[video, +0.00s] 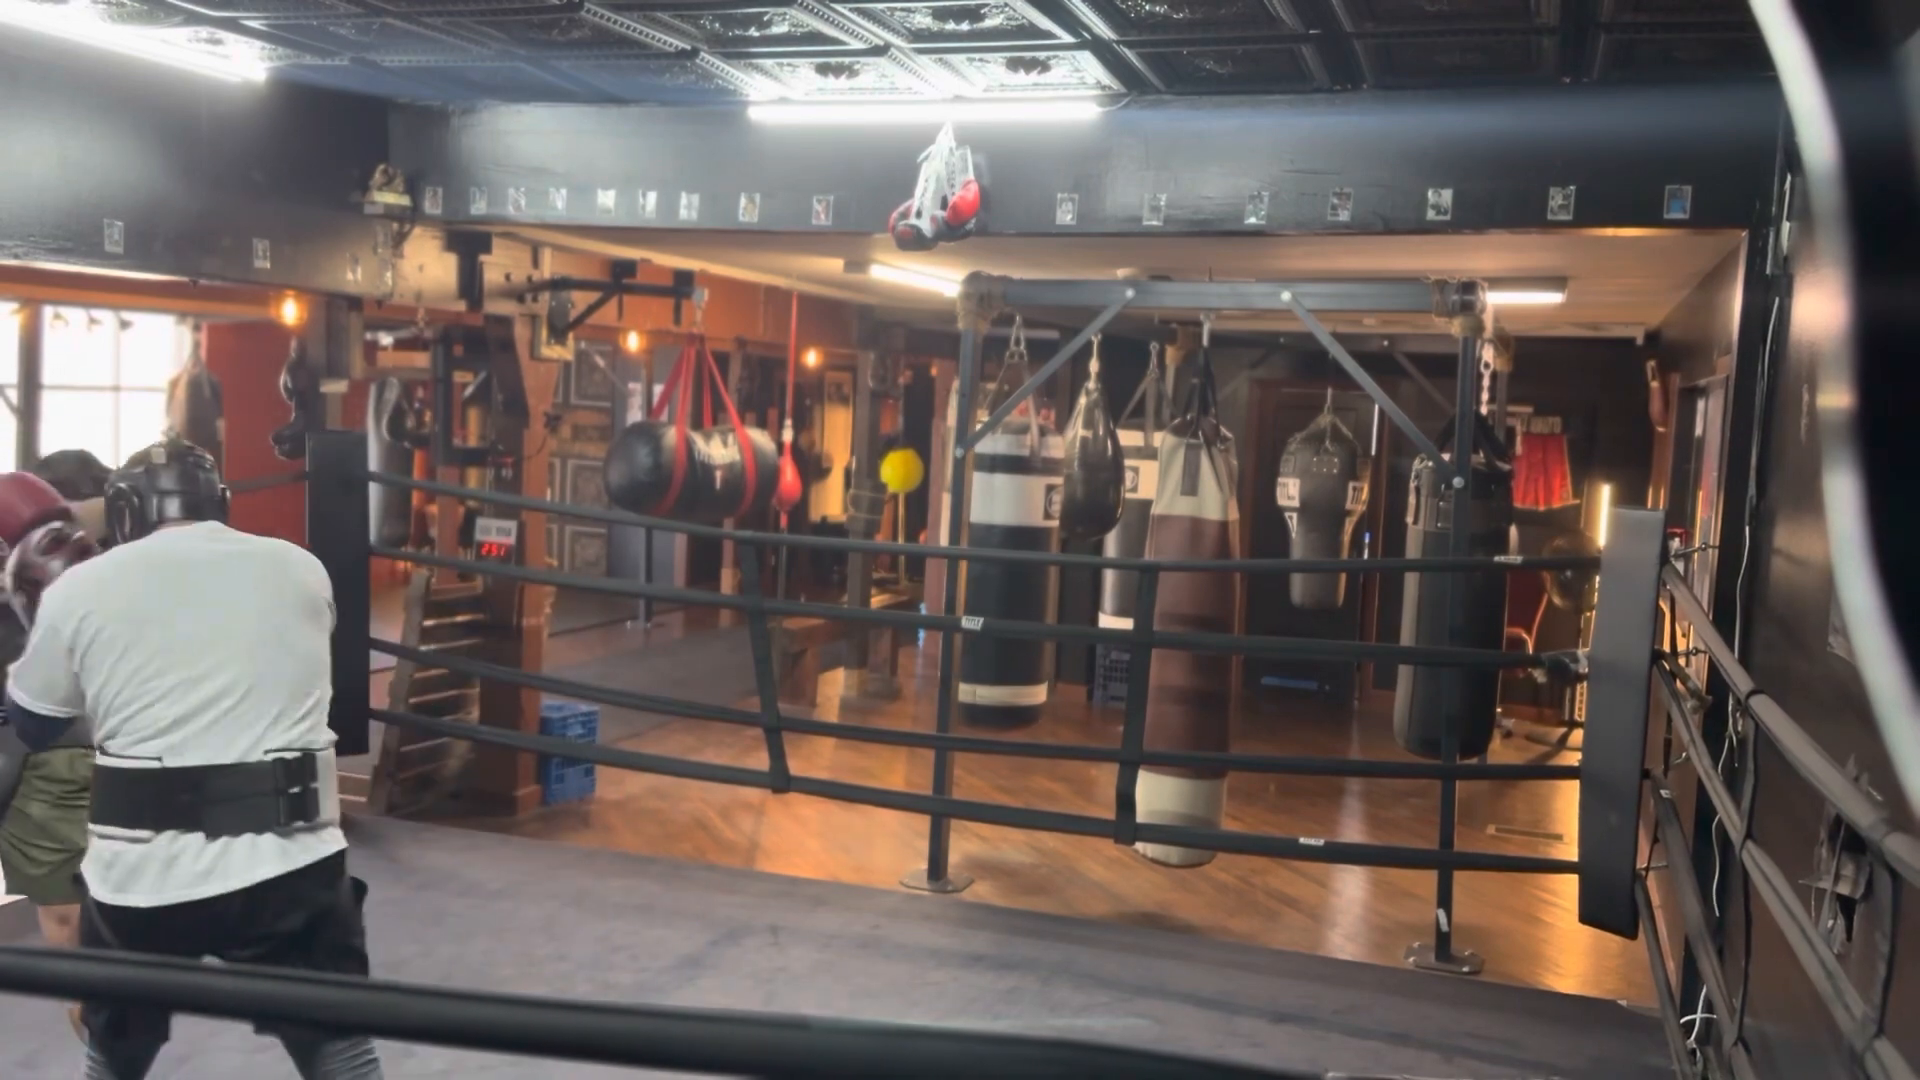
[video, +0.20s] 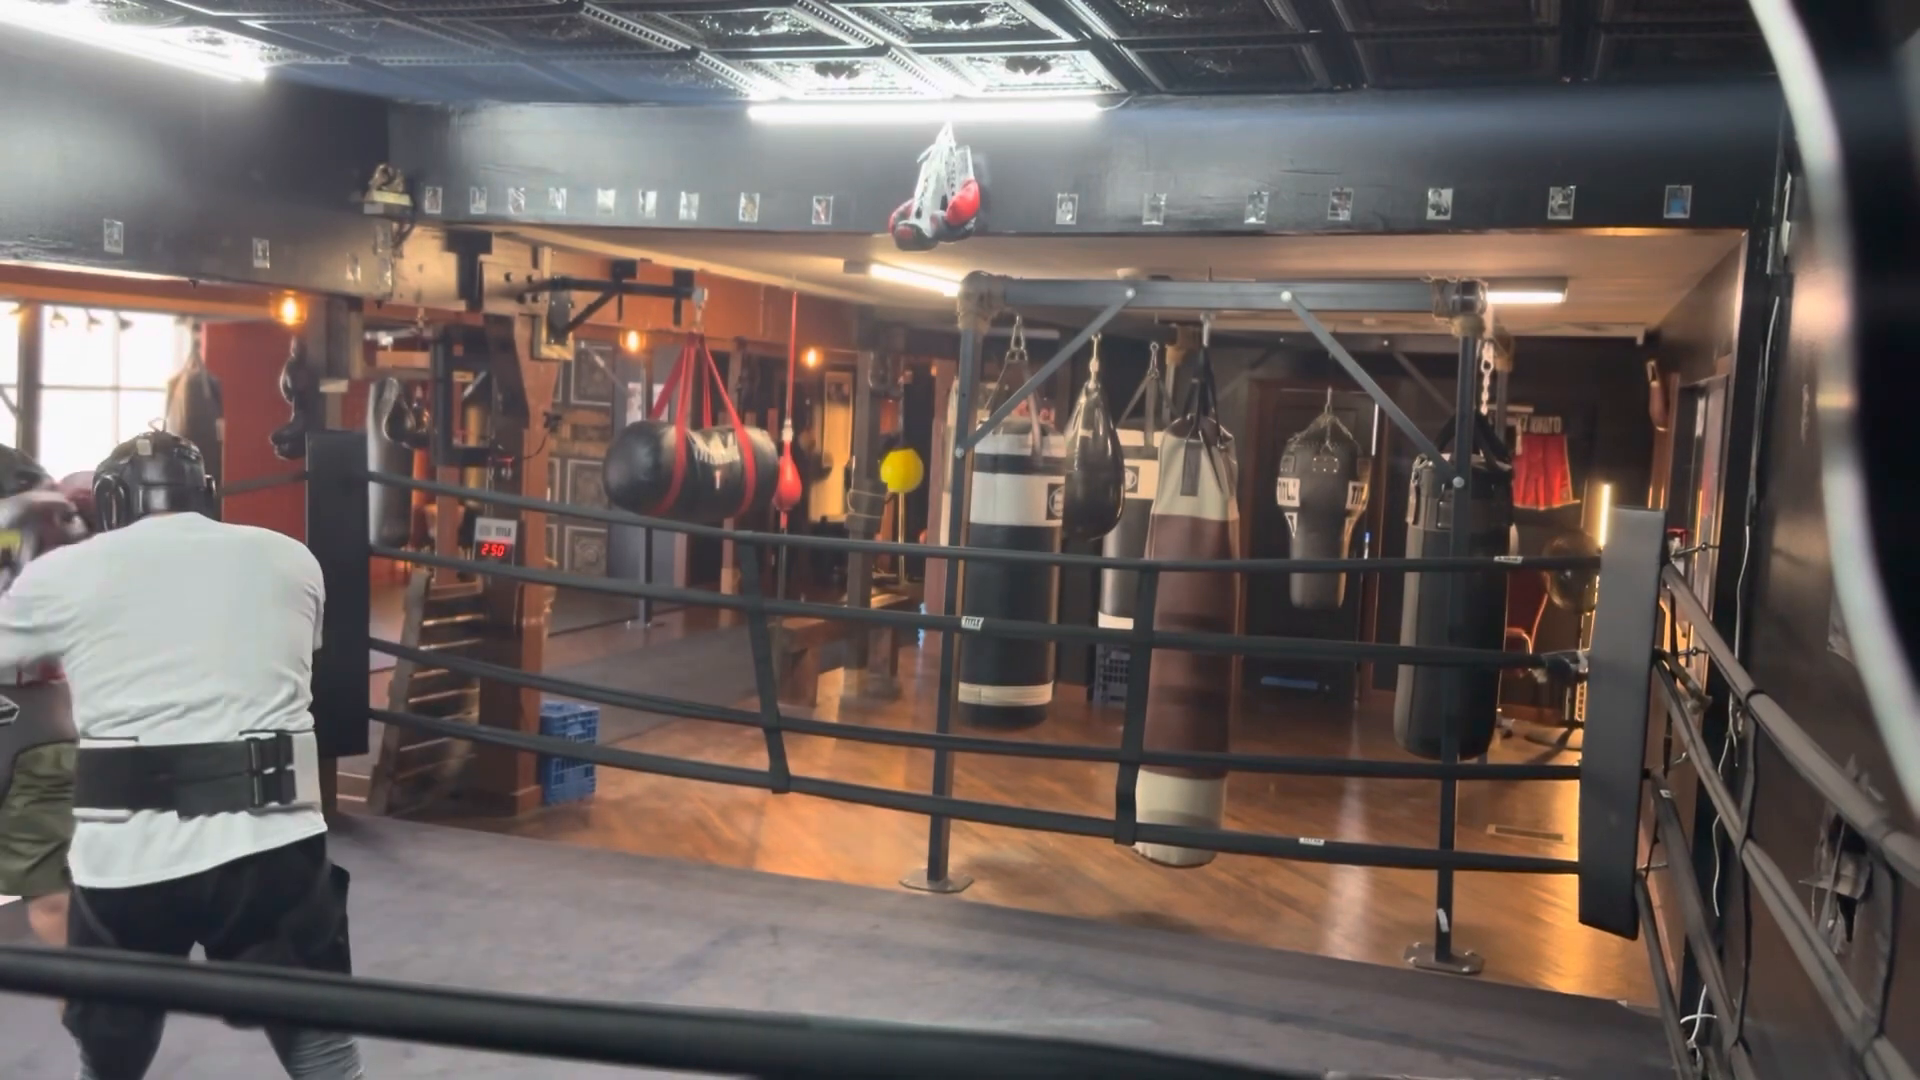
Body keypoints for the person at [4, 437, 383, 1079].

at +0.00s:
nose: (103, 522)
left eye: (110, 509)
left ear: (127, 514)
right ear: (219, 507)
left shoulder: (80, 591)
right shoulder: (302, 569)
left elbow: (33, 728)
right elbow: (294, 686)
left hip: (142, 893)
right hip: (291, 882)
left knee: (115, 1052)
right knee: (341, 1051)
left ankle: (111, 1060)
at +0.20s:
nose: (93, 513)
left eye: (97, 502)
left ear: (110, 504)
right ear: (207, 499)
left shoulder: (56, 576)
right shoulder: (292, 559)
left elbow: (8, 663)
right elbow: (289, 673)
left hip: (126, 861)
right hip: (273, 850)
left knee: (109, 1058)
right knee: (323, 1046)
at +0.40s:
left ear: (162, 489)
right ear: (253, 490)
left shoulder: (110, 547)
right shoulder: (325, 559)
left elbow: (49, 574)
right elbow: (340, 675)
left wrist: (88, 506)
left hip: (132, 855)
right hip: (276, 853)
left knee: (109, 1052)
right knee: (313, 1055)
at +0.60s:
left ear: (229, 489)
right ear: (317, 496)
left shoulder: (150, 558)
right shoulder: (367, 581)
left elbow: (84, 682)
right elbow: (355, 730)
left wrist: (172, 668)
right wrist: (276, 695)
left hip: (140, 847)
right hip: (276, 858)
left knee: (111, 1011)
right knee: (309, 1048)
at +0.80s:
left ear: (183, 499)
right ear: (272, 501)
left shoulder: (123, 559)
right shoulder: (334, 571)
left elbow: (97, 674)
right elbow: (346, 701)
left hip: (146, 844)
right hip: (278, 848)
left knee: (115, 1007)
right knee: (295, 1041)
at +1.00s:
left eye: (133, 485)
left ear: (142, 488)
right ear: (227, 484)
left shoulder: (106, 545)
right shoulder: (296, 550)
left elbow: (31, 568)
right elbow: (318, 644)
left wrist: (77, 517)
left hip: (135, 823)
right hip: (265, 820)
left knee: (107, 996)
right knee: (307, 1012)